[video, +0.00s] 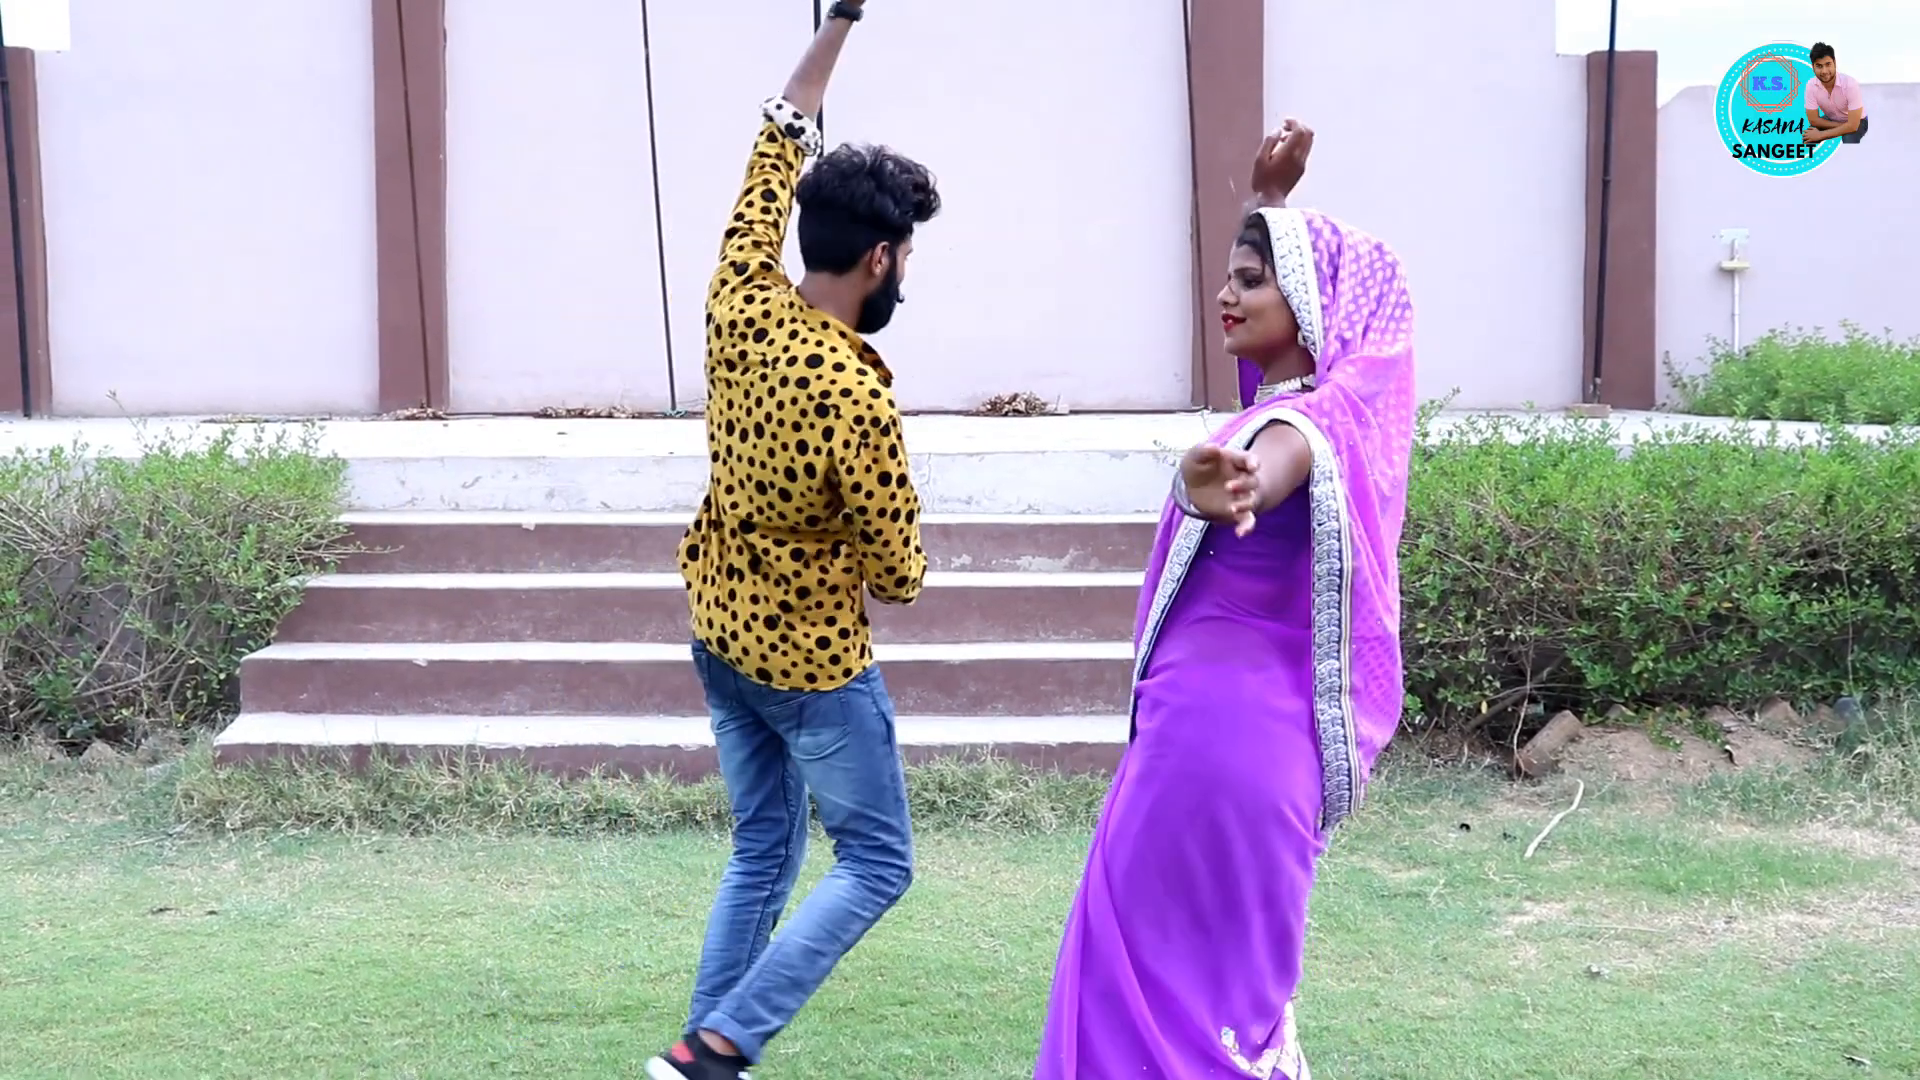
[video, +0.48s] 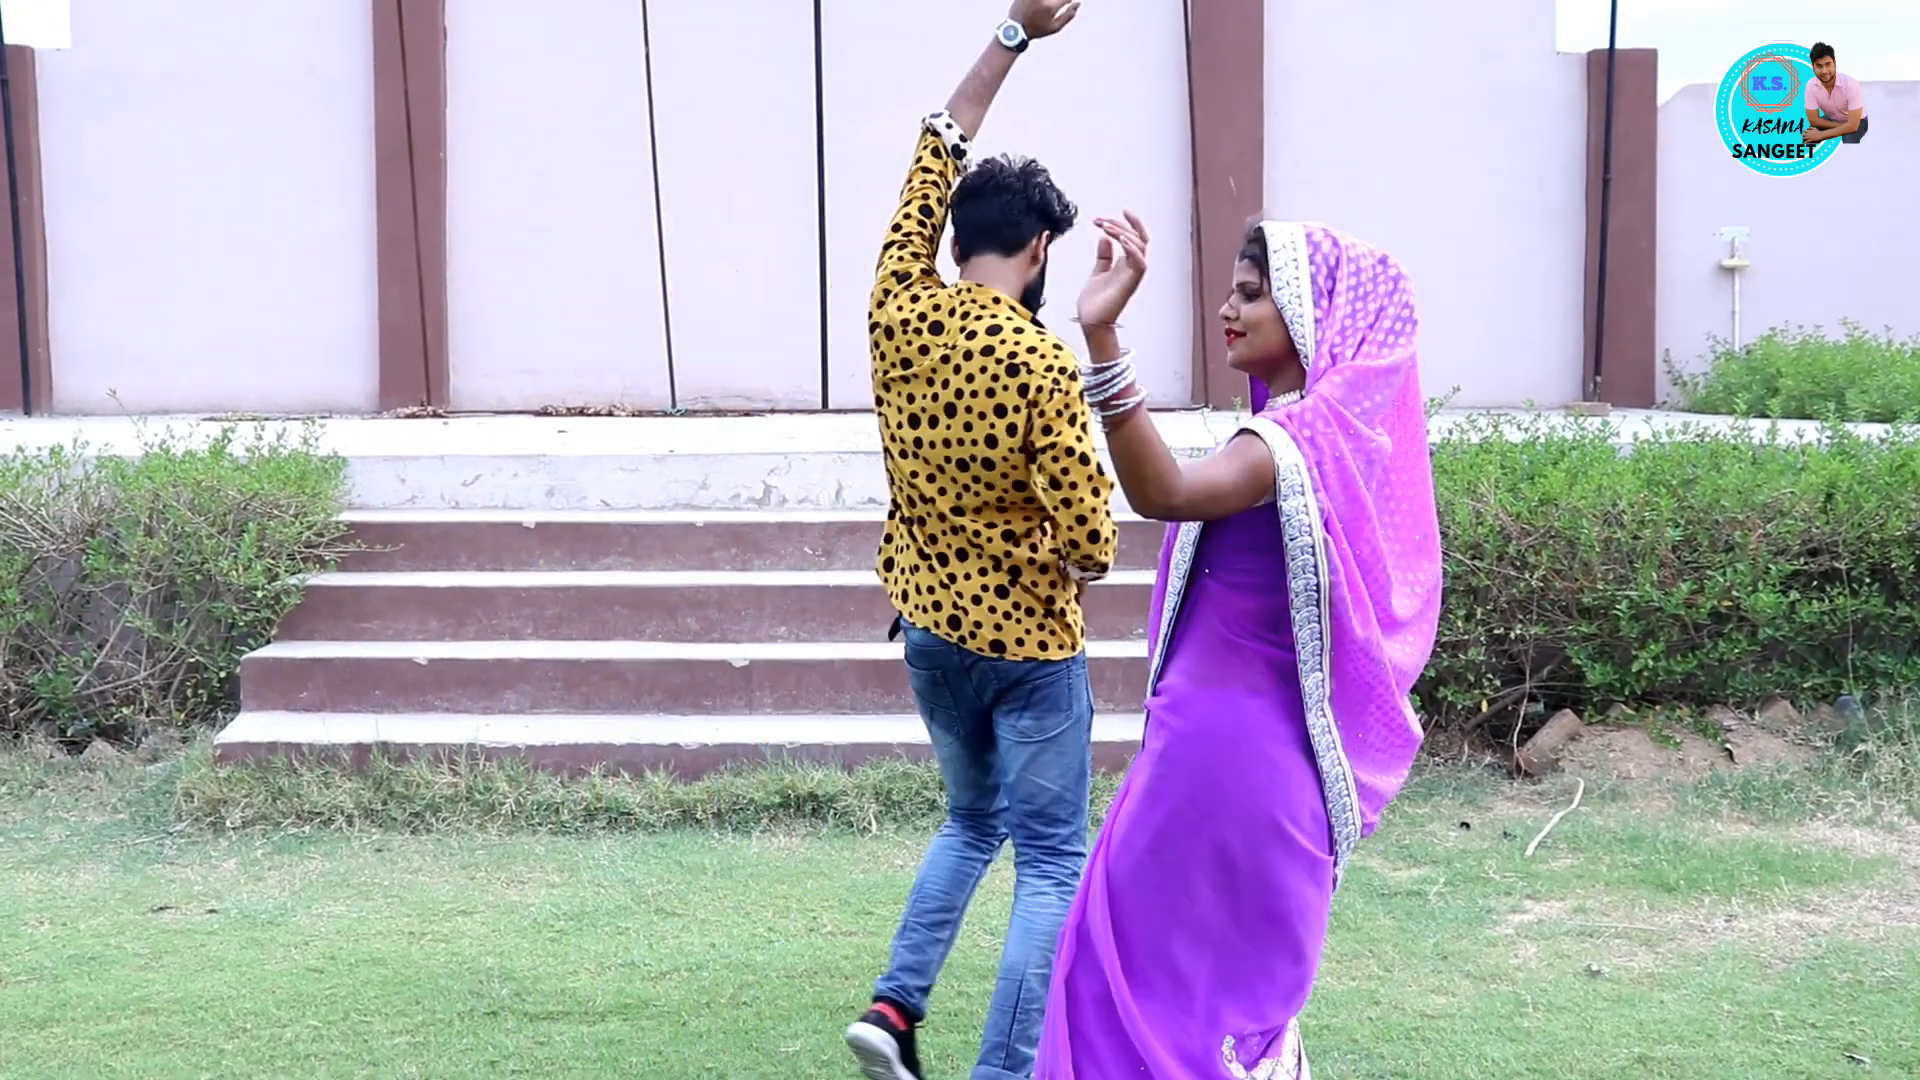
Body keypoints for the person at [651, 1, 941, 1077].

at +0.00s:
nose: (912, 259)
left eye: (909, 241)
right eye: (909, 244)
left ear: (813, 236)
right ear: (879, 256)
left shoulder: (742, 301)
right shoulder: (857, 396)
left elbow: (775, 161)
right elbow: (896, 573)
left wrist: (832, 34)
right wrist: (874, 559)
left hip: (716, 622)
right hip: (809, 651)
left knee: (763, 846)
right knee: (876, 864)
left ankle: (703, 1052)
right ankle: (723, 1044)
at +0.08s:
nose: (934, 247)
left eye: (933, 228)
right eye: (933, 229)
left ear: (840, 213)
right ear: (906, 237)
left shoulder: (769, 280)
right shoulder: (882, 370)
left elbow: (819, 127)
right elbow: (918, 557)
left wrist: (880, 8)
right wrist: (919, 566)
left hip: (747, 615)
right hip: (842, 639)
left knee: (764, 845)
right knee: (920, 842)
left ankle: (707, 1061)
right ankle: (847, 1056)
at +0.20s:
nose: (974, 237)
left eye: (972, 217)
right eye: (974, 221)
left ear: (876, 201)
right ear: (950, 228)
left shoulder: (811, 269)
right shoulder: (924, 352)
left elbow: (877, 115)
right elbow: (938, 508)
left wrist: (940, 7)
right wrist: (958, 587)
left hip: (806, 608)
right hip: (904, 625)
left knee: (798, 847)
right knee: (970, 850)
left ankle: (716, 1060)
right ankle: (996, 1066)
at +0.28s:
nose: (996, 249)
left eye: (993, 229)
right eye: (999, 232)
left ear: (903, 215)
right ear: (976, 234)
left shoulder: (838, 295)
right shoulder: (957, 356)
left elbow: (899, 143)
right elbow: (962, 513)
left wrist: (979, 23)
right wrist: (1001, 588)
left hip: (852, 632)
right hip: (953, 647)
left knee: (850, 853)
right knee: (1014, 863)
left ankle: (730, 1052)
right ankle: (996, 1069)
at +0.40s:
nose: (1032, 268)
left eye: (1029, 250)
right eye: (1034, 252)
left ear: (937, 237)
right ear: (1015, 254)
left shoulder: (875, 314)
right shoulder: (1006, 367)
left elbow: (931, 159)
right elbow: (1035, 523)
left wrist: (1003, 40)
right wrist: (1062, 591)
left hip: (906, 640)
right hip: (1008, 655)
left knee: (937, 838)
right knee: (1055, 865)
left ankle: (810, 1009)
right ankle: (1011, 1066)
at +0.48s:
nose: (1046, 261)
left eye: (1036, 244)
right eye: (1049, 247)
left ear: (954, 236)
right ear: (1039, 247)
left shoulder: (898, 308)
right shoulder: (1039, 358)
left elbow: (938, 152)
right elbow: (1088, 529)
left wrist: (1013, 36)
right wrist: (1084, 555)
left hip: (927, 619)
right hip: (1027, 635)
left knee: (969, 821)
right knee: (1052, 862)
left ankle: (892, 1009)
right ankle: (1011, 1065)